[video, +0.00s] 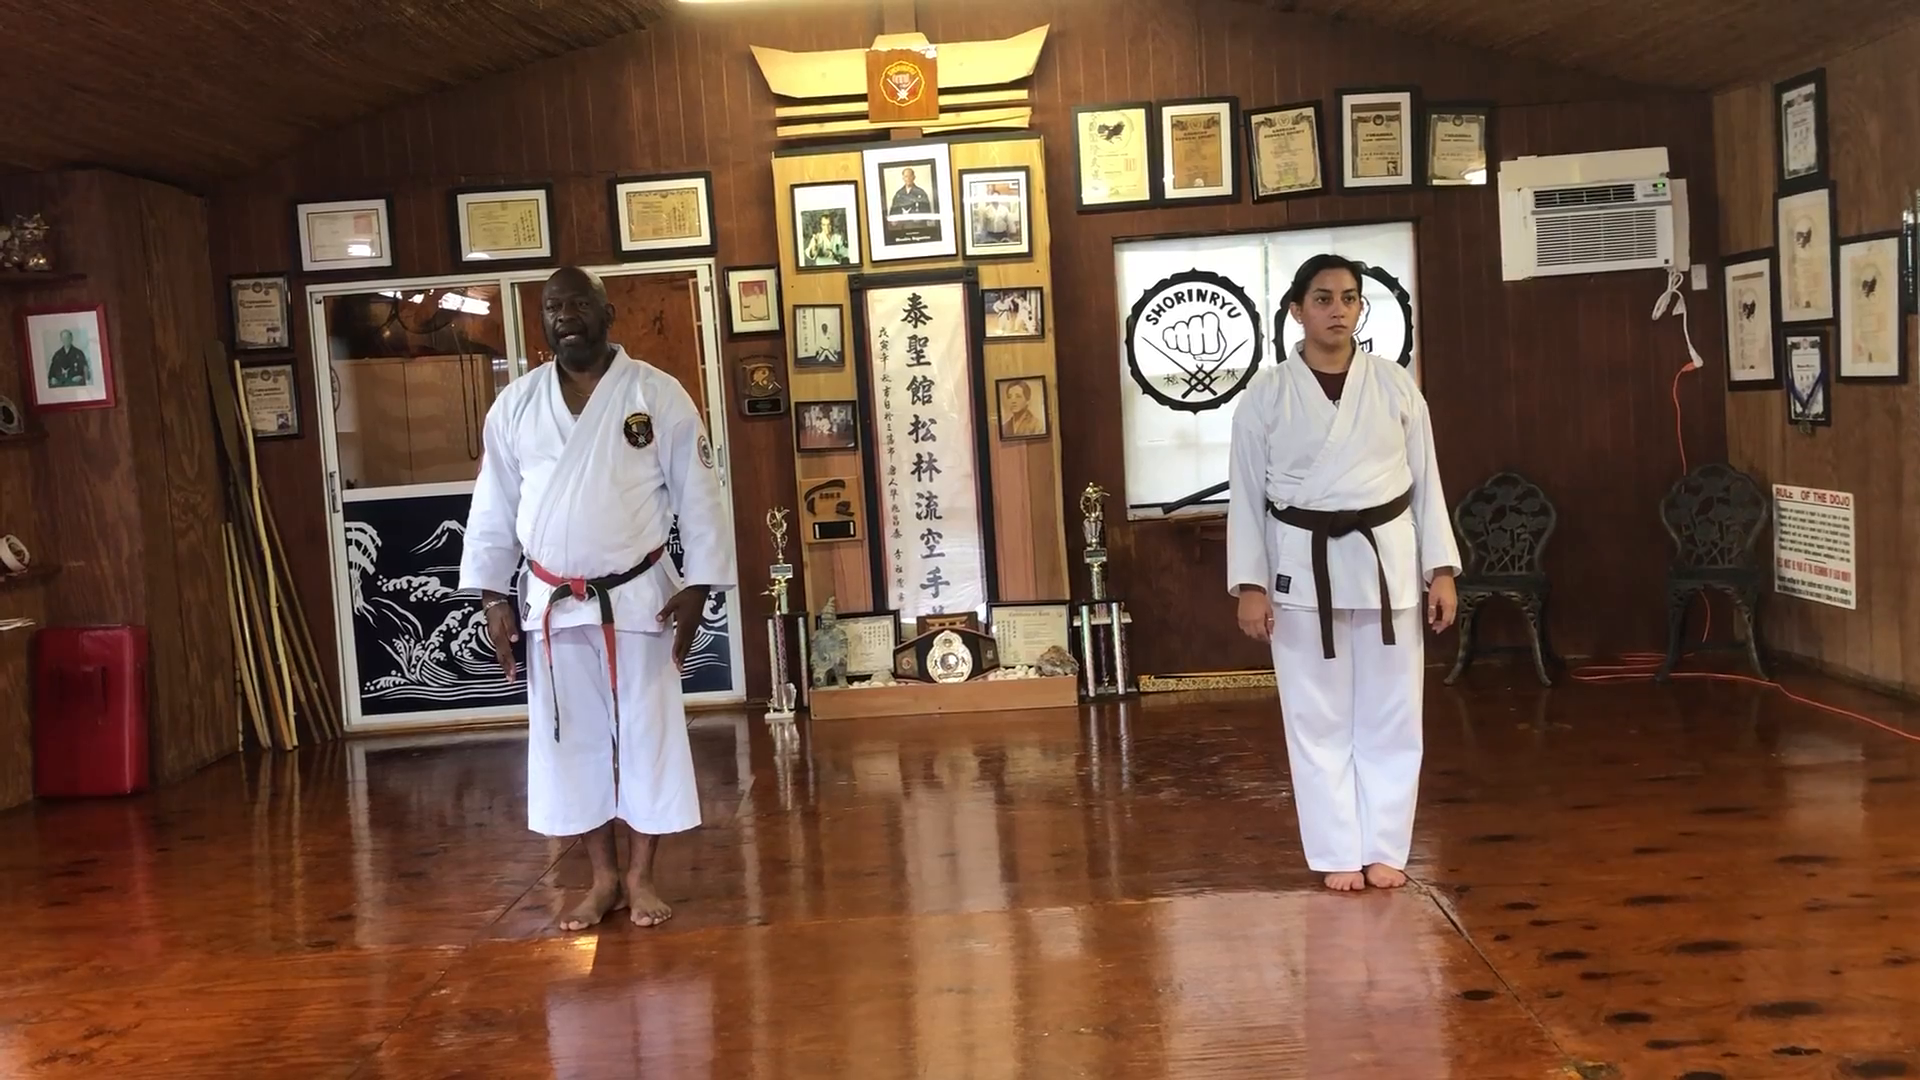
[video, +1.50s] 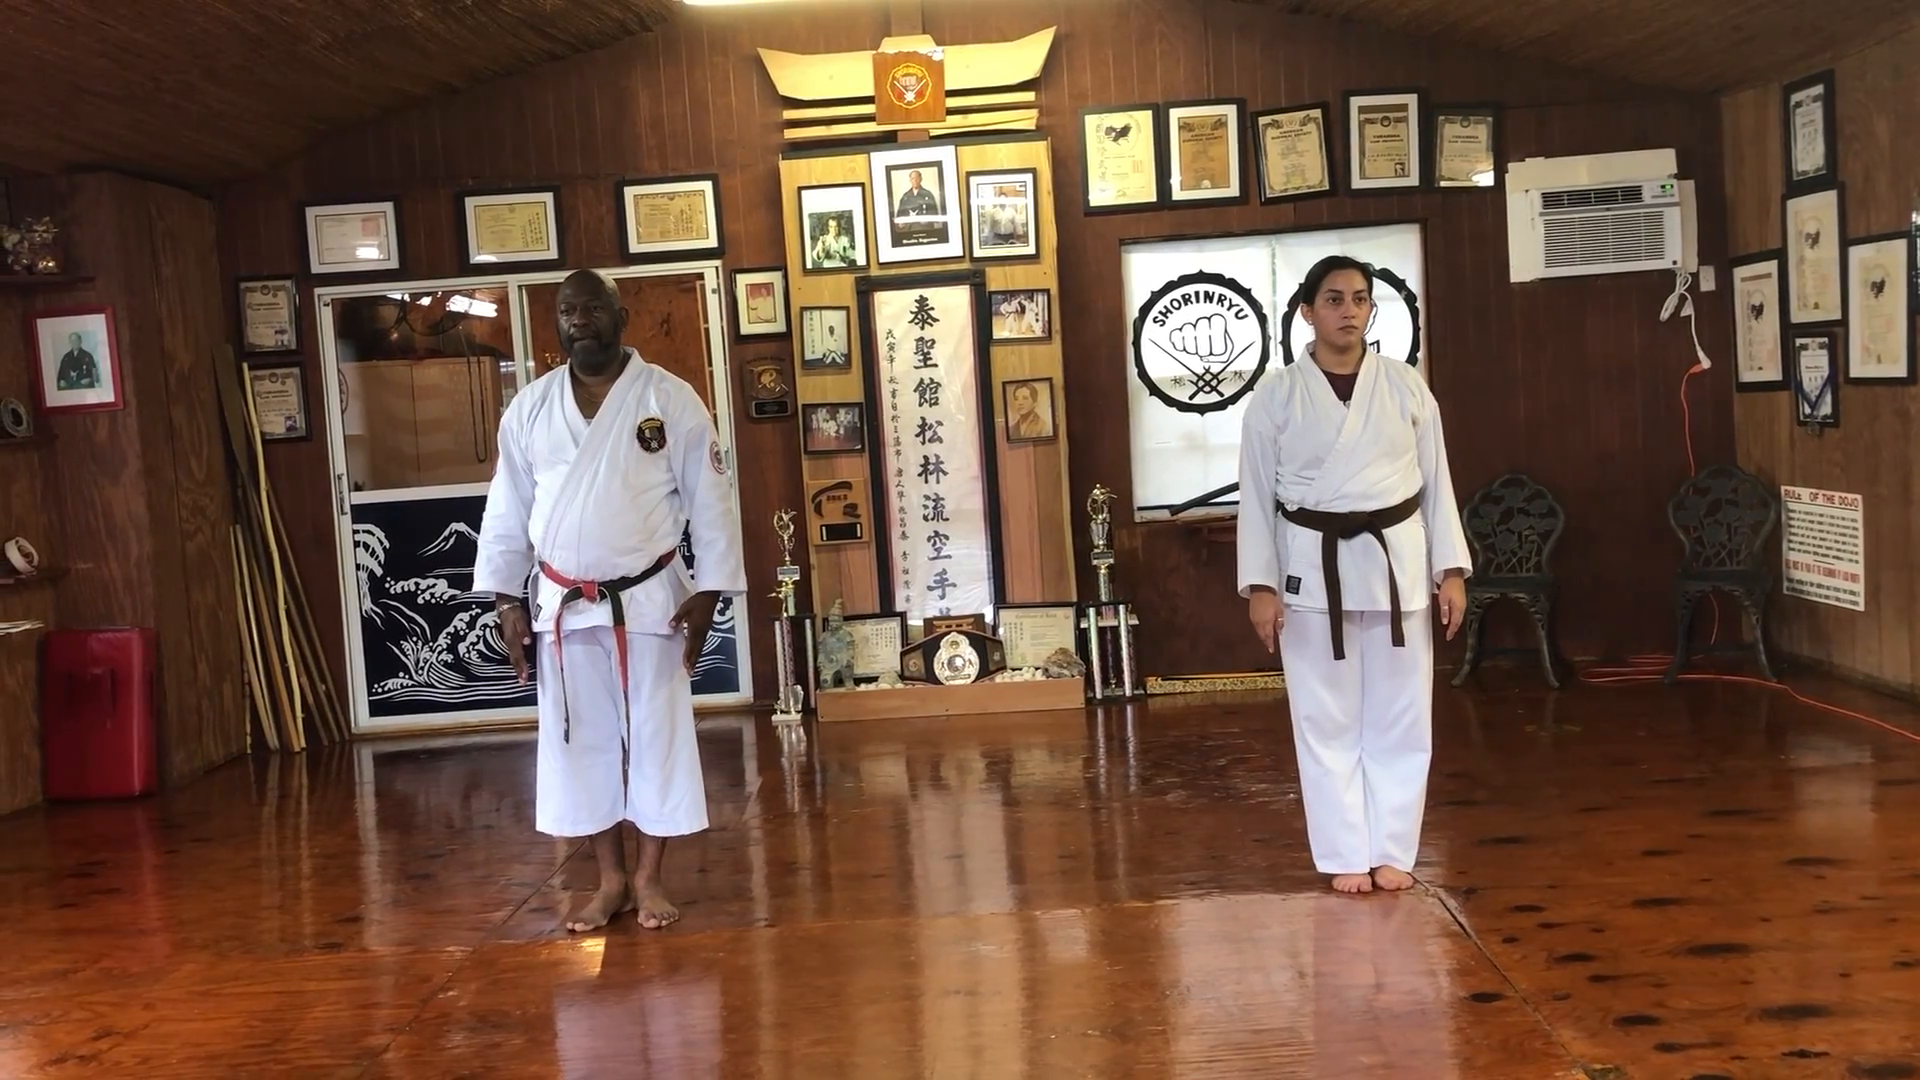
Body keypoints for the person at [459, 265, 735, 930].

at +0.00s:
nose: (565, 319)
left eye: (576, 307)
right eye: (554, 311)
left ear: (607, 315)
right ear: (541, 325)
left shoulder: (657, 395)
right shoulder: (514, 406)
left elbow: (697, 495)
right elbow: (494, 507)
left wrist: (700, 586)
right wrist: (493, 600)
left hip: (638, 590)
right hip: (552, 597)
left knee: (644, 731)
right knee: (572, 733)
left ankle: (639, 876)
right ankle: (601, 877)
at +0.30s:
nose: (566, 321)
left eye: (578, 310)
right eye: (555, 313)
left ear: (608, 318)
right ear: (542, 327)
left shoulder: (657, 396)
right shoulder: (515, 409)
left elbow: (699, 497)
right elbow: (495, 509)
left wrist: (701, 588)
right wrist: (494, 603)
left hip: (639, 592)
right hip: (553, 599)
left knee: (645, 734)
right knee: (573, 736)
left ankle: (639, 879)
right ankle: (601, 878)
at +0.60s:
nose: (567, 321)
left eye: (579, 309)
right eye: (556, 312)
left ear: (609, 316)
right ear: (543, 326)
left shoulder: (659, 397)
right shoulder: (516, 409)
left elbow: (700, 499)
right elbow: (497, 509)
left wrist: (701, 590)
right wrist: (495, 602)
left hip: (639, 592)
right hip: (554, 599)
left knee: (645, 734)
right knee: (575, 735)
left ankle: (640, 879)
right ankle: (603, 879)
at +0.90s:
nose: (570, 322)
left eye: (582, 309)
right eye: (559, 313)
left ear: (613, 317)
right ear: (546, 327)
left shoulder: (662, 398)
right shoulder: (519, 409)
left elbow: (702, 499)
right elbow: (499, 510)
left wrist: (703, 590)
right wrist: (497, 603)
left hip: (642, 593)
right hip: (556, 600)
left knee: (648, 735)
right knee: (575, 736)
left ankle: (642, 880)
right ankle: (604, 879)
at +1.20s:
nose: (573, 323)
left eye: (585, 311)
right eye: (562, 315)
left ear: (616, 317)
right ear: (550, 328)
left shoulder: (666, 400)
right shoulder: (523, 410)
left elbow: (707, 501)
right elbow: (503, 511)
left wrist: (707, 592)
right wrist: (502, 603)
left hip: (645, 593)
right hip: (560, 600)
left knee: (651, 736)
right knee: (579, 737)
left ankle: (644, 881)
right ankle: (606, 880)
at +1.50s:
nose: (581, 322)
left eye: (593, 310)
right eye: (570, 313)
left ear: (622, 318)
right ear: (556, 327)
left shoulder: (669, 398)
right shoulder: (528, 409)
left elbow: (711, 498)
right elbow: (508, 509)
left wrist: (711, 591)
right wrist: (506, 601)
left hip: (649, 592)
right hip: (563, 598)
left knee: (653, 735)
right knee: (583, 736)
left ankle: (647, 879)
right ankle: (610, 880)